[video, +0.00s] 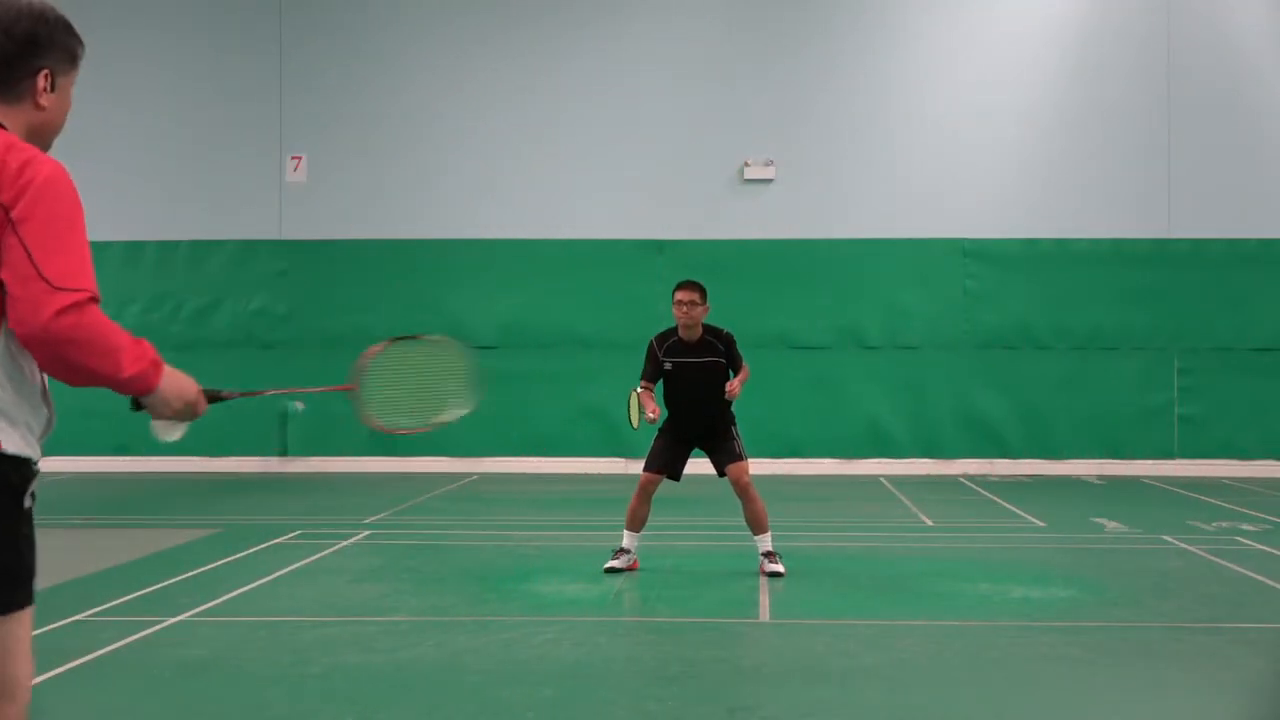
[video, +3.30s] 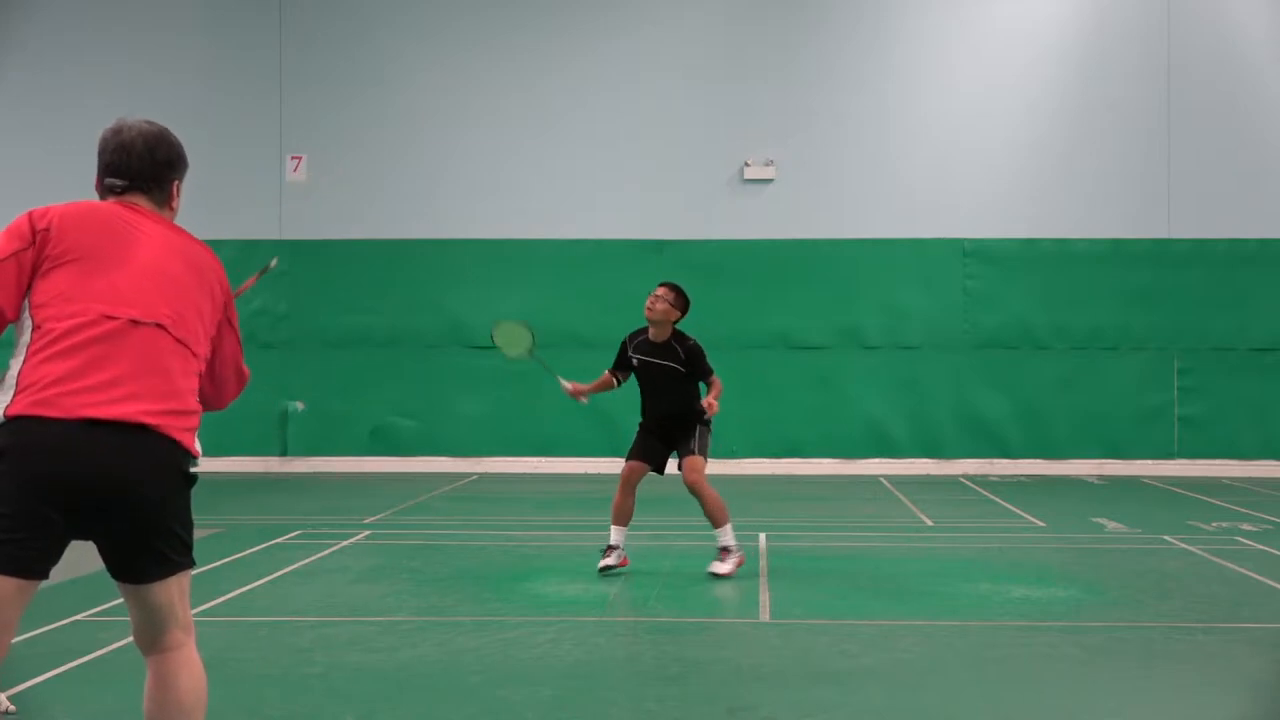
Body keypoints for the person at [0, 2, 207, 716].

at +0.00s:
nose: (69, 108)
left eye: (69, 89)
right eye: (70, 88)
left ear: (19, 86)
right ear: (44, 86)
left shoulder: (22, 175)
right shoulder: (27, 173)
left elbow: (39, 313)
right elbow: (49, 316)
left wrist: (142, 375)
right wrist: (152, 378)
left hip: (8, 457)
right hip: (1, 456)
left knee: (13, 684)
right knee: (8, 689)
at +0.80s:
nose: (57, 169)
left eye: (69, 158)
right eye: (40, 146)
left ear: (73, 170)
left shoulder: (11, 234)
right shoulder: (5, 235)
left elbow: (21, 370)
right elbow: (22, 375)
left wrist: (91, 419)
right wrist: (100, 420)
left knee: (32, 667)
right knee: (36, 668)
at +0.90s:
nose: (98, 181)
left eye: (107, 168)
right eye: (83, 159)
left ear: (111, 176)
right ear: (28, 155)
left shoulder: (19, 229)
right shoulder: (26, 239)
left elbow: (66, 381)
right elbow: (73, 390)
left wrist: (135, 425)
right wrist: (146, 427)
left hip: (9, 496)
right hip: (4, 498)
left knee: (70, 659)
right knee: (73, 663)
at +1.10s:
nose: (172, 185)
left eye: (174, 168)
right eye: (170, 166)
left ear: (89, 154)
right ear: (132, 161)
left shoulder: (10, 204)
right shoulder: (121, 247)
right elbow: (175, 392)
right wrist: (211, 429)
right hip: (32, 474)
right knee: (115, 652)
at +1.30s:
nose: (159, 171)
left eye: (161, 156)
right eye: (160, 155)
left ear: (76, 144)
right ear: (143, 154)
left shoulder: (7, 195)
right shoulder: (145, 241)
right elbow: (197, 376)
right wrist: (223, 413)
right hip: (54, 461)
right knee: (138, 642)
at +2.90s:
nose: (200, 223)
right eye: (199, 212)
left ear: (122, 203)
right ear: (190, 214)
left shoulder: (51, 240)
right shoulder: (209, 282)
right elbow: (217, 379)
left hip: (30, 456)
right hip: (145, 468)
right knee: (166, 639)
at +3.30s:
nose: (184, 194)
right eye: (183, 185)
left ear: (100, 184)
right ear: (174, 189)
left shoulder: (45, 224)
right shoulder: (205, 265)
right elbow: (221, 389)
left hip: (34, 446)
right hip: (148, 458)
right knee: (168, 643)